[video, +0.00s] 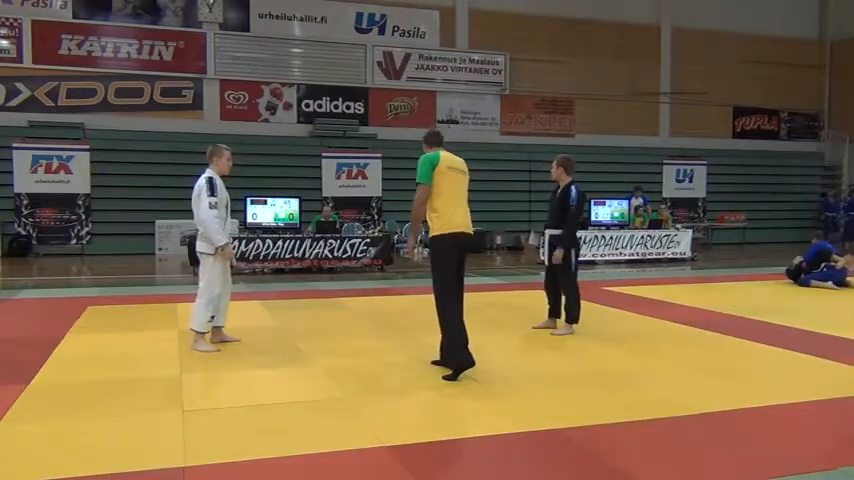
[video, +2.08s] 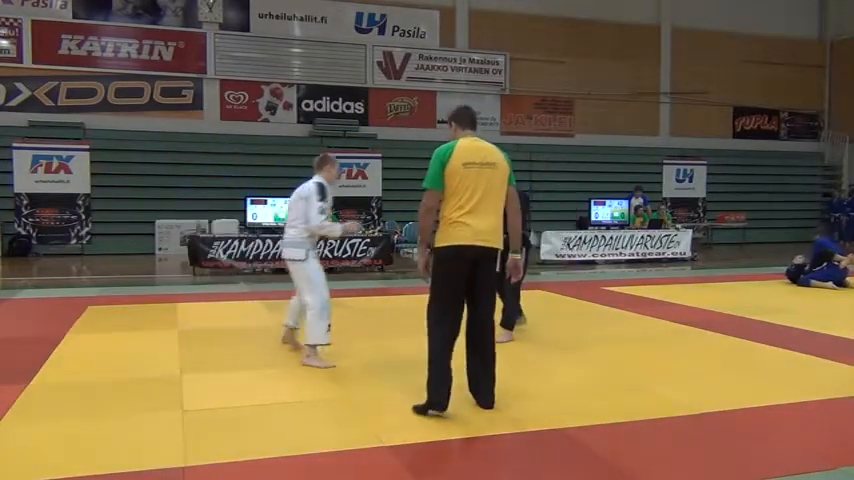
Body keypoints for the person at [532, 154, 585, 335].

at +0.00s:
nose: (551, 171)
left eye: (553, 168)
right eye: (551, 168)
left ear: (561, 170)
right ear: (562, 170)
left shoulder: (573, 191)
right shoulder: (557, 191)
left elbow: (571, 222)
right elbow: (553, 220)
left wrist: (562, 246)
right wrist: (545, 244)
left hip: (565, 240)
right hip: (552, 239)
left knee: (568, 282)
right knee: (551, 281)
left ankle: (569, 323)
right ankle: (552, 318)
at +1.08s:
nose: (535, 175)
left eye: (537, 171)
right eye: (534, 172)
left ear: (548, 170)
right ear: (543, 172)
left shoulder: (560, 190)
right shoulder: (543, 192)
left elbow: (568, 218)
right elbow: (539, 217)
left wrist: (552, 233)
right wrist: (522, 229)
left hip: (562, 243)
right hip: (547, 243)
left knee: (568, 283)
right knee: (537, 281)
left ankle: (569, 324)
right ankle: (528, 319)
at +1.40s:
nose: (512, 179)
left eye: (514, 175)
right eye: (511, 175)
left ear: (524, 172)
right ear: (519, 174)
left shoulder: (540, 189)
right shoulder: (522, 193)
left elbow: (545, 217)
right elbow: (514, 220)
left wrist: (535, 236)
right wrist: (499, 241)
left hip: (546, 239)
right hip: (531, 240)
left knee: (550, 280)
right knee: (526, 281)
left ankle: (564, 321)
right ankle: (525, 320)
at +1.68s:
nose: (502, 180)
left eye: (503, 176)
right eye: (501, 177)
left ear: (510, 173)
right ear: (507, 174)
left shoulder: (526, 189)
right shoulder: (509, 194)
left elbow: (534, 215)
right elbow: (510, 219)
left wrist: (530, 239)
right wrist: (504, 240)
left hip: (530, 237)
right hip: (516, 238)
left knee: (531, 280)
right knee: (518, 280)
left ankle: (542, 321)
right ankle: (523, 319)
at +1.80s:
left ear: (508, 176)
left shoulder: (523, 191)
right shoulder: (502, 194)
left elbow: (530, 219)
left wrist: (523, 242)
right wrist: (505, 242)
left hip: (528, 240)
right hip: (513, 240)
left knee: (526, 281)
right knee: (514, 282)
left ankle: (523, 322)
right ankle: (521, 318)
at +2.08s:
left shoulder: (519, 196)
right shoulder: (495, 195)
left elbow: (521, 221)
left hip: (517, 240)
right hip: (500, 239)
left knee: (512, 283)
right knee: (498, 280)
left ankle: (507, 327)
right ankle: (517, 312)